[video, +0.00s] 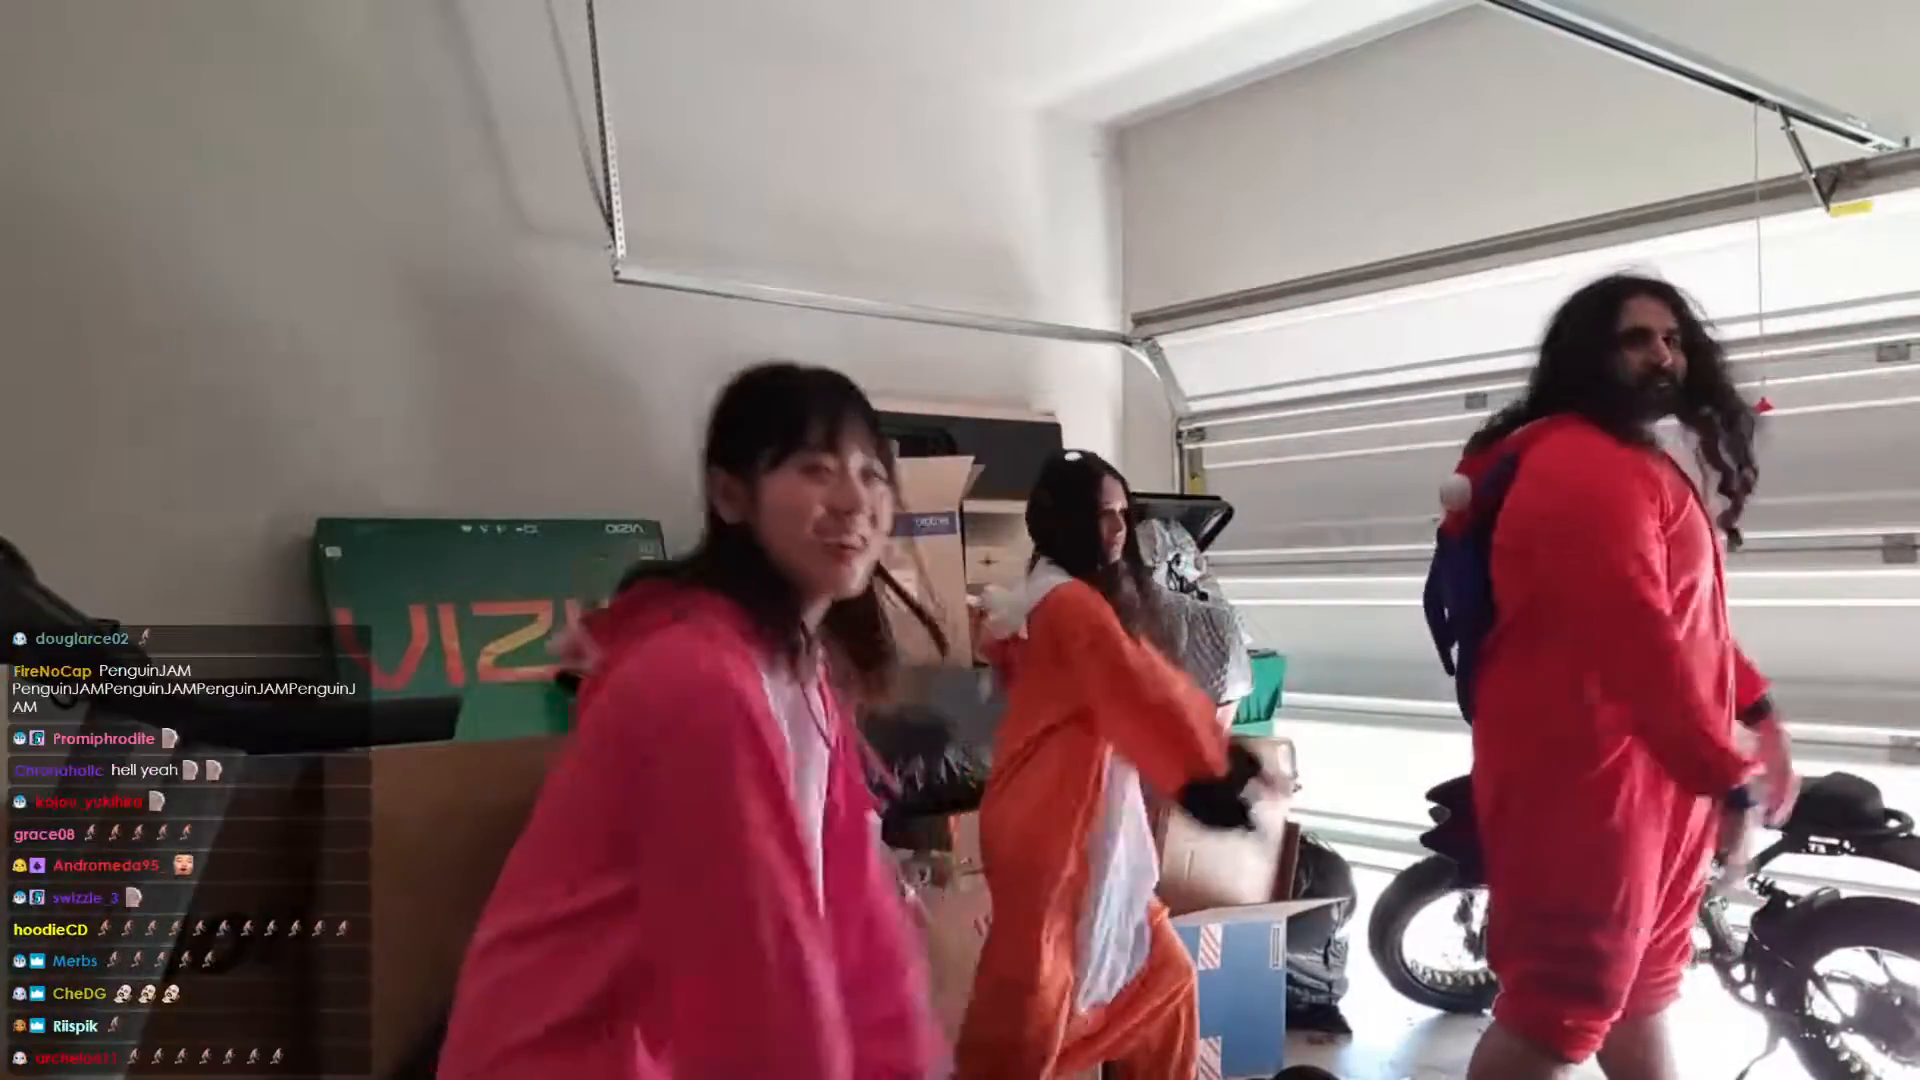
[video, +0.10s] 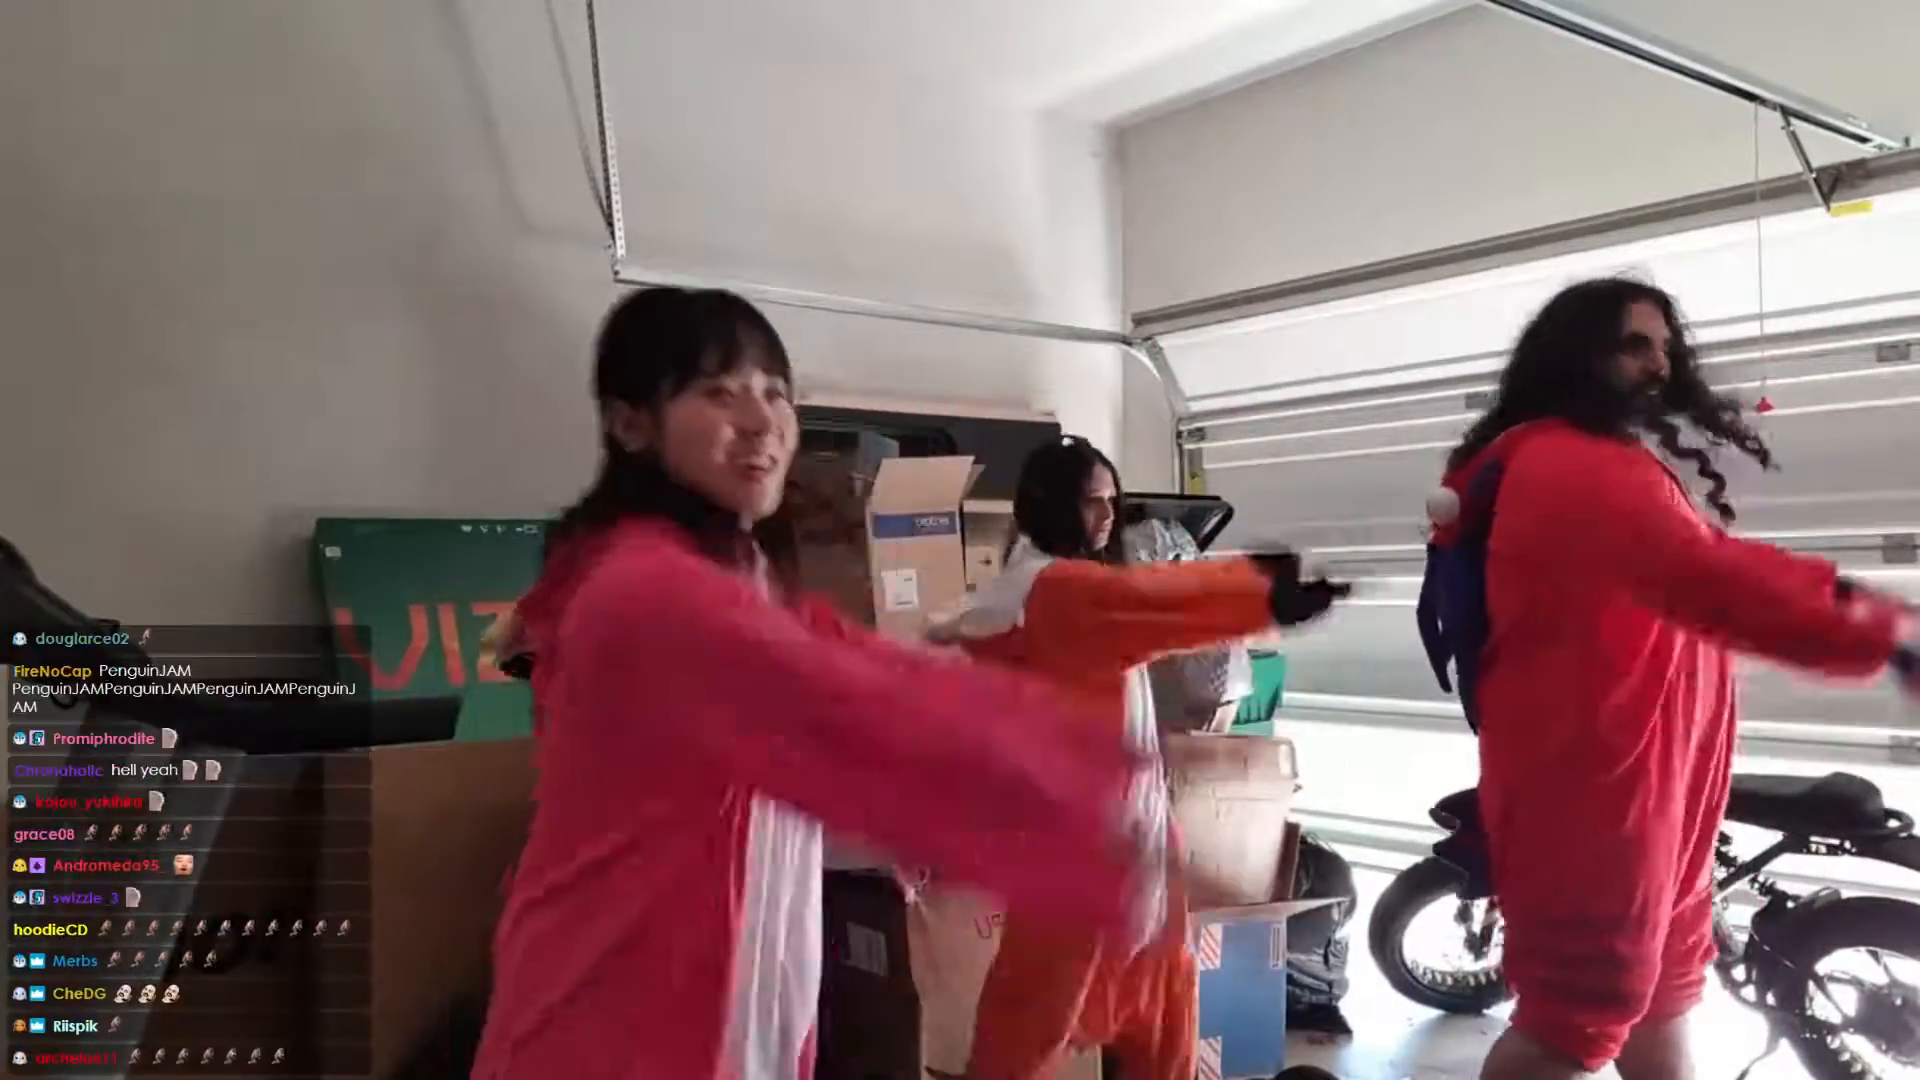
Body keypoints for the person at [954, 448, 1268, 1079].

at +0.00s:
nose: (1120, 530)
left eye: (1123, 516)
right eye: (1106, 516)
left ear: (1127, 518)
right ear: (1067, 520)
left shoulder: (1082, 599)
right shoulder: (1067, 602)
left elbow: (1153, 681)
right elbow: (1137, 688)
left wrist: (1217, 757)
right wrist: (1216, 765)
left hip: (1092, 818)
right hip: (1046, 820)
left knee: (1167, 975)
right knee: (1032, 981)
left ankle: (1159, 1077)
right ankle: (998, 1073)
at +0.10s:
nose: (1106, 513)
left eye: (1110, 499)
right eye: (1091, 500)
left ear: (1116, 502)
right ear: (1054, 504)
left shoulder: (1080, 581)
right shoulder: (1052, 584)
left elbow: (1162, 591)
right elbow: (1155, 595)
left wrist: (1254, 574)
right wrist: (1269, 590)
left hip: (1135, 802)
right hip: (1079, 809)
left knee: (1162, 970)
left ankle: (1160, 1069)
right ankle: (999, 1069)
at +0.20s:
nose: (1119, 527)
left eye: (1119, 514)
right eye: (1101, 516)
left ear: (1118, 521)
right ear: (1064, 530)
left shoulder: (1105, 604)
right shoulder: (1063, 608)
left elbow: (1147, 559)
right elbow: (1138, 566)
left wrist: (1204, 500)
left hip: (1155, 826)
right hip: (1096, 835)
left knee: (1192, 980)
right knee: (1061, 1002)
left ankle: (1173, 1069)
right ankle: (1032, 1067)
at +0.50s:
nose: (1121, 517)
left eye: (1127, 502)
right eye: (1107, 504)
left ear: (1133, 503)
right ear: (1070, 508)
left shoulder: (1106, 573)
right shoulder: (1058, 582)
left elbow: (1168, 558)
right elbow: (1149, 602)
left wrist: (1239, 559)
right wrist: (1237, 582)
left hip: (1110, 782)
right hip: (1051, 790)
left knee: (1159, 918)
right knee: (1047, 934)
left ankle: (1167, 1061)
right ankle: (1019, 1068)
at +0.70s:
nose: (1148, 566)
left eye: (1151, 552)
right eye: (1135, 553)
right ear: (1099, 558)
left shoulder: (1081, 629)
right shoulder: (1086, 640)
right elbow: (1111, 771)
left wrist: (1153, 872)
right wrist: (1130, 882)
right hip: (1003, 850)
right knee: (1130, 978)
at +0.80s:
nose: (1146, 575)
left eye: (1148, 560)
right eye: (1134, 561)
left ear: (1077, 567)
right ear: (1098, 565)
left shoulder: (1074, 635)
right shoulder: (1083, 650)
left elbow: (1104, 765)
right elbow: (1075, 767)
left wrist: (1104, 864)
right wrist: (1058, 876)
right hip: (1002, 853)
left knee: (1148, 978)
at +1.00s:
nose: (1106, 524)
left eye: (1111, 510)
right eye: (1094, 509)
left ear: (1112, 511)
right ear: (1058, 512)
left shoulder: (1079, 587)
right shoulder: (1050, 590)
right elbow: (1149, 603)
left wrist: (1238, 570)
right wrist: (1266, 607)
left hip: (1130, 819)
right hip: (1074, 827)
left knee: (1170, 968)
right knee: (1041, 996)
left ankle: (1151, 1071)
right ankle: (1009, 1068)